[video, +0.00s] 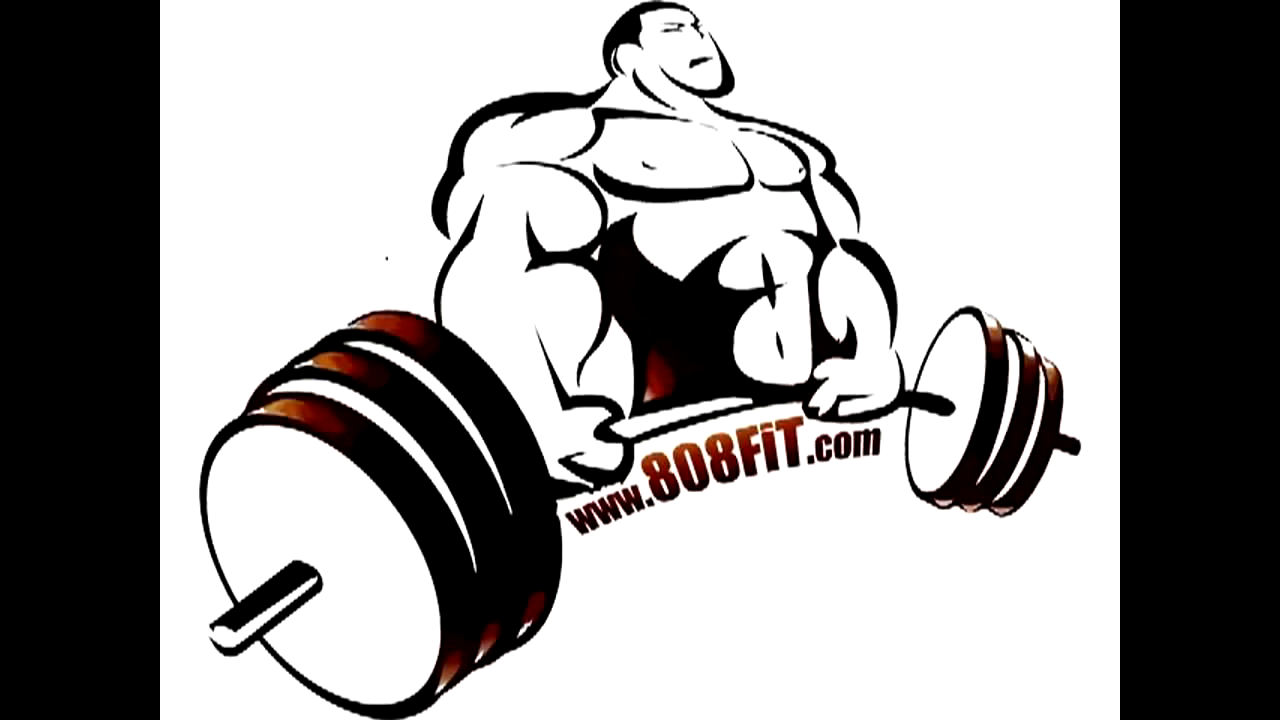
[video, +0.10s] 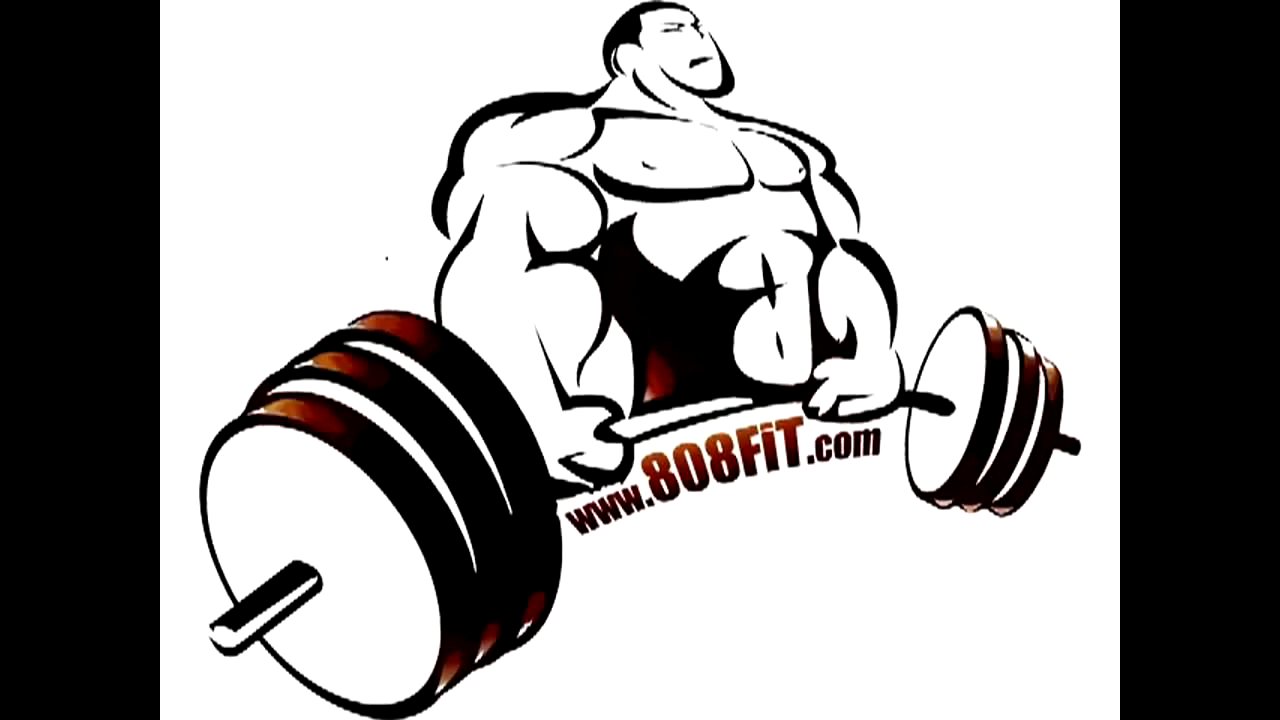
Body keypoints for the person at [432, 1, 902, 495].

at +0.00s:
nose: (702, 40)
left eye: (701, 28)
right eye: (675, 30)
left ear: (713, 45)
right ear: (628, 59)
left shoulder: (775, 145)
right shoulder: (593, 126)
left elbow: (850, 250)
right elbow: (487, 155)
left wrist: (878, 358)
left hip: (747, 330)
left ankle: (870, 369)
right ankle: (577, 429)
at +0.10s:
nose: (702, 40)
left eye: (701, 28)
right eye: (675, 30)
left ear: (713, 45)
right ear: (628, 59)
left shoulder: (775, 145)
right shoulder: (593, 126)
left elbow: (850, 250)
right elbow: (487, 155)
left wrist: (878, 358)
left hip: (747, 330)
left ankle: (870, 369)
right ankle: (577, 429)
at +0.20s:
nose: (702, 40)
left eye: (701, 28)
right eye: (675, 30)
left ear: (713, 45)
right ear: (628, 59)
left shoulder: (775, 145)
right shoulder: (593, 126)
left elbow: (850, 250)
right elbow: (487, 155)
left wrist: (878, 358)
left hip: (747, 330)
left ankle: (870, 369)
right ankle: (577, 429)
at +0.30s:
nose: (702, 40)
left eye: (701, 28)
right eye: (675, 30)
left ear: (713, 45)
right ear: (628, 59)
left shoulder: (775, 145)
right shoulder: (593, 126)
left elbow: (850, 250)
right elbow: (487, 155)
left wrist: (878, 358)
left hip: (747, 330)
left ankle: (870, 369)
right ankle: (577, 429)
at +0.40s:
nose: (702, 40)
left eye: (701, 28)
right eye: (676, 30)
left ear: (712, 45)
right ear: (628, 59)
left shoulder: (775, 145)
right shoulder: (594, 126)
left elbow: (850, 249)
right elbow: (487, 154)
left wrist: (877, 358)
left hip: (747, 330)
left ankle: (869, 369)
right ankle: (578, 428)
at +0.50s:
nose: (702, 40)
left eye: (701, 28)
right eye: (676, 30)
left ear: (712, 45)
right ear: (628, 59)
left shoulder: (775, 145)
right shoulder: (594, 126)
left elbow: (850, 249)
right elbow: (487, 154)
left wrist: (877, 358)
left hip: (747, 330)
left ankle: (869, 369)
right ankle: (578, 428)